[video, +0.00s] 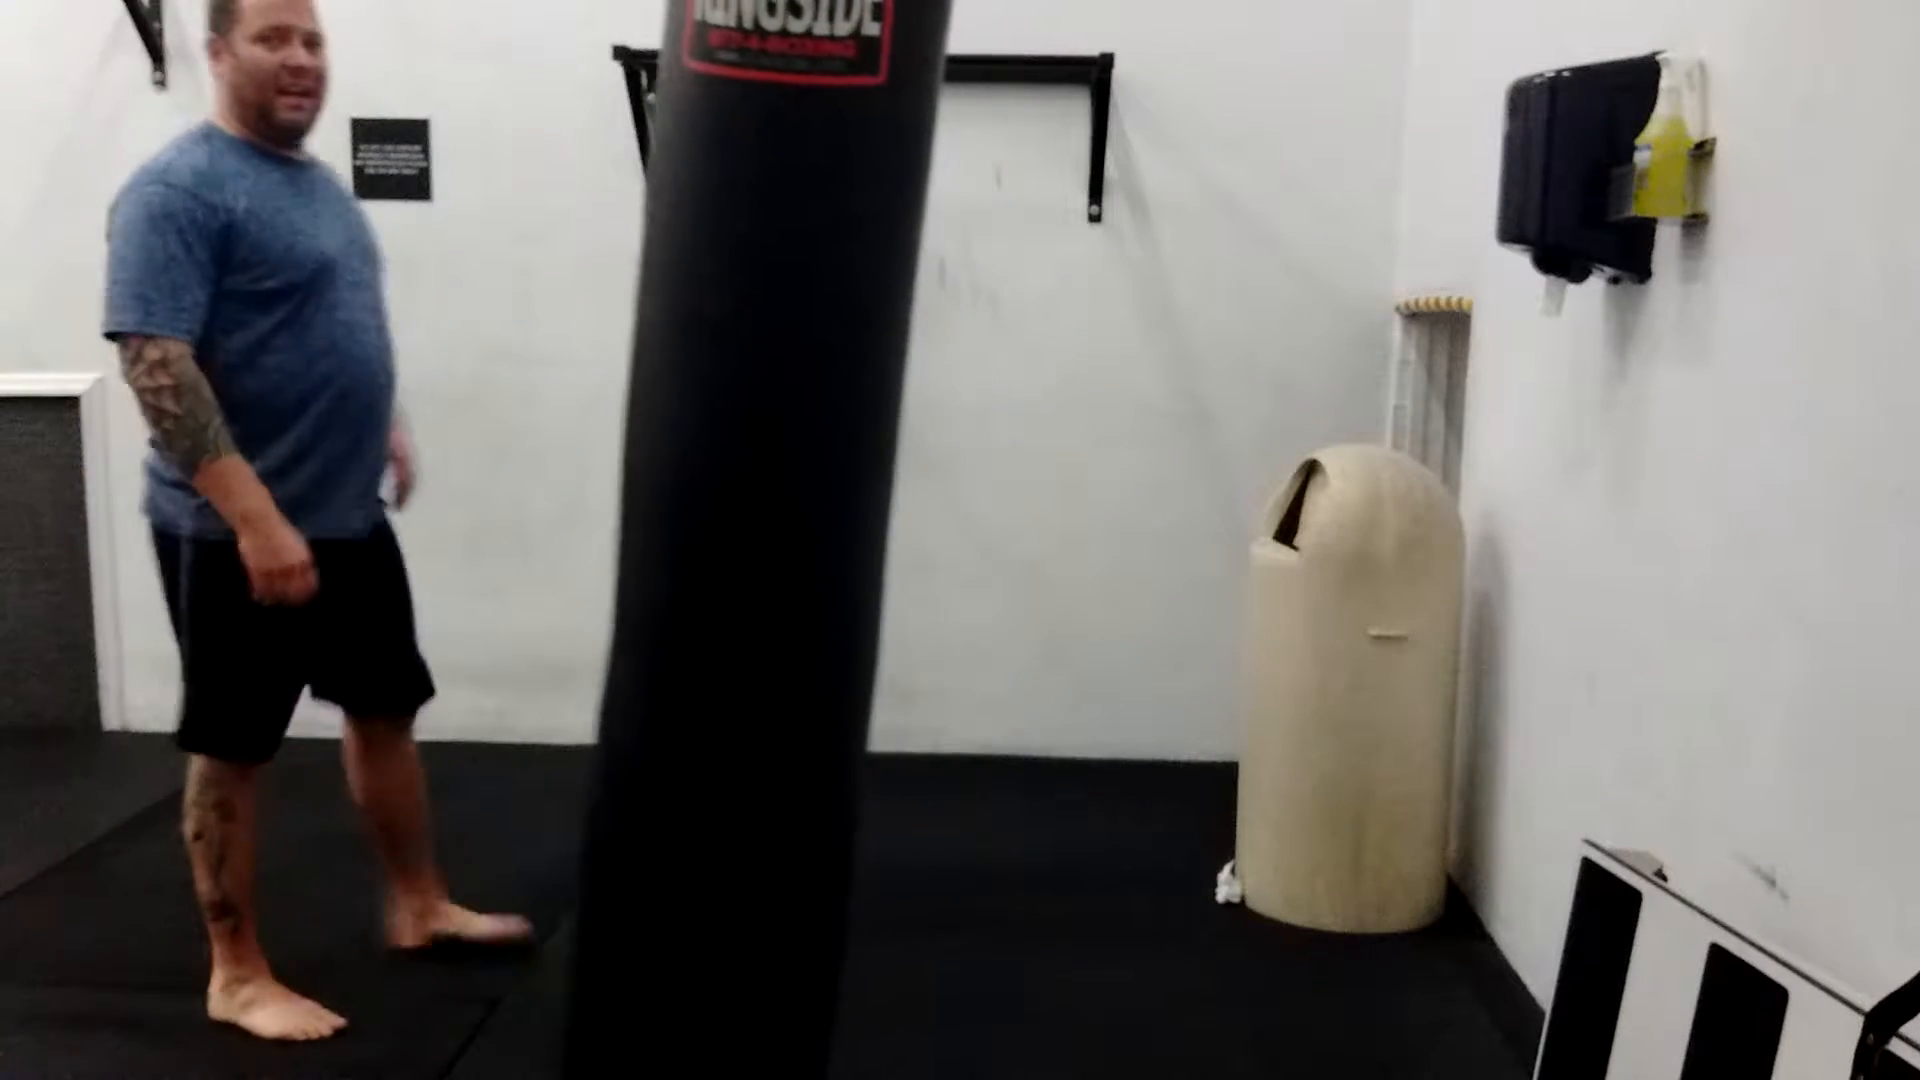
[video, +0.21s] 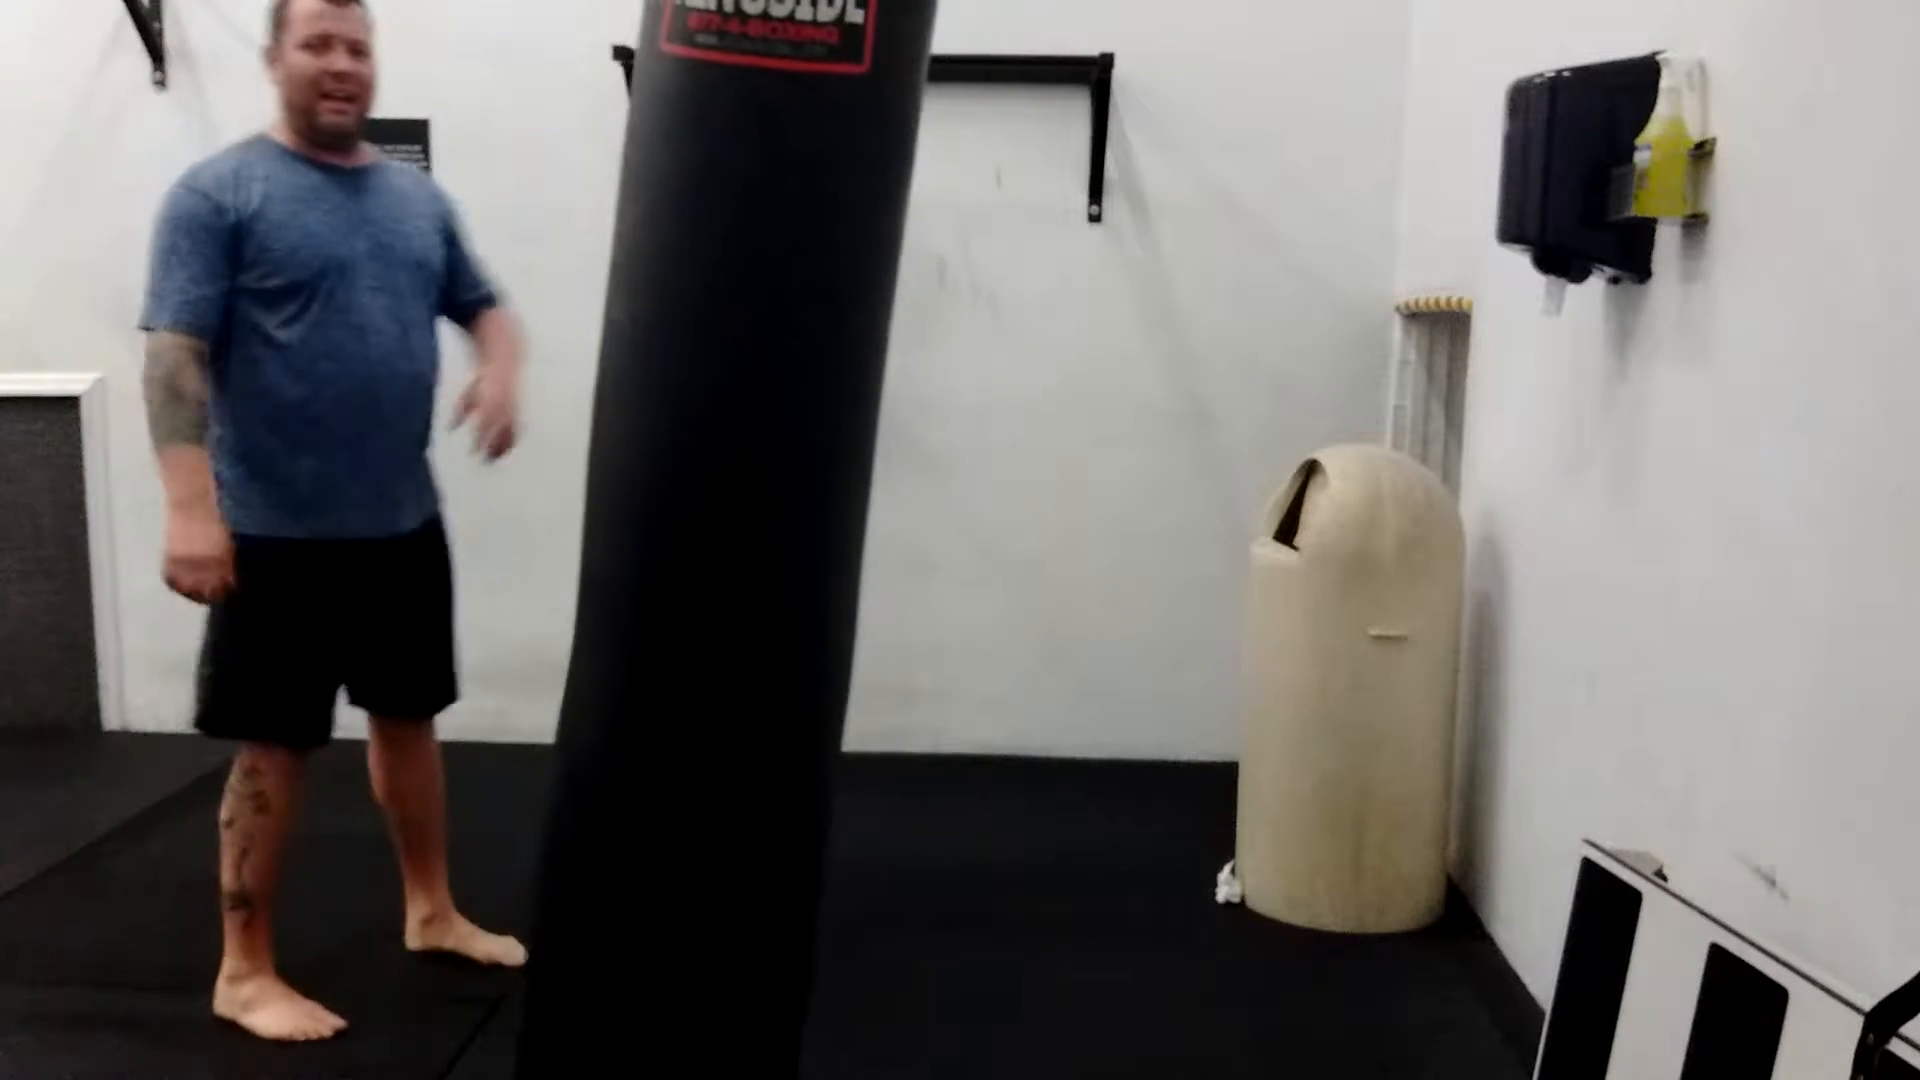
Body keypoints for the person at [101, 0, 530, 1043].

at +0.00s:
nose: (301, 63)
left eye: (313, 42)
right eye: (274, 40)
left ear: (326, 54)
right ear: (218, 53)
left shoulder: (317, 183)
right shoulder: (174, 191)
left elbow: (331, 325)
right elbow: (157, 369)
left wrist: (379, 423)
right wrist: (251, 514)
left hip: (347, 517)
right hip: (231, 530)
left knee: (385, 709)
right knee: (228, 751)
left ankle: (419, 907)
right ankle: (236, 976)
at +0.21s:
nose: (343, 65)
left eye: (358, 49)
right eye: (320, 45)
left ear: (376, 68)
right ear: (274, 63)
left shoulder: (416, 198)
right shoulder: (218, 194)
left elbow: (486, 310)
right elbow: (173, 358)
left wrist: (499, 373)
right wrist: (192, 512)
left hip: (396, 516)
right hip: (272, 525)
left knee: (408, 721)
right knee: (271, 747)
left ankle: (432, 915)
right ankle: (245, 974)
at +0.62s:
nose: (392, 76)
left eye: (412, 64)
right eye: (375, 59)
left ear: (435, 87)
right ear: (340, 75)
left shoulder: (489, 214)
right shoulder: (279, 198)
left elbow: (550, 344)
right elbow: (229, 344)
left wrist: (505, 367)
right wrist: (199, 484)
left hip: (440, 504)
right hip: (309, 500)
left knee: (428, 708)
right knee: (276, 693)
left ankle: (434, 911)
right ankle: (332, 849)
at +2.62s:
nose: (349, 46)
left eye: (367, 28)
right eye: (324, 28)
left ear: (394, 46)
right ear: (286, 52)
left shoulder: (472, 183)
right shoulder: (236, 193)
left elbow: (559, 321)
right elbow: (192, 348)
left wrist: (498, 405)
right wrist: (225, 425)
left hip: (447, 524)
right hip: (300, 528)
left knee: (481, 749)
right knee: (292, 757)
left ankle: (518, 965)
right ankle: (278, 969)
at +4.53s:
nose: (373, 70)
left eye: (383, 47)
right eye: (349, 42)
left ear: (394, 54)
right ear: (278, 42)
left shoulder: (425, 200)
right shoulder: (183, 184)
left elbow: (481, 337)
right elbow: (107, 346)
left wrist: (500, 406)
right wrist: (257, 413)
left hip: (406, 546)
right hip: (243, 558)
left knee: (480, 755)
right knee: (223, 795)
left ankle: (509, 957)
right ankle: (212, 1017)